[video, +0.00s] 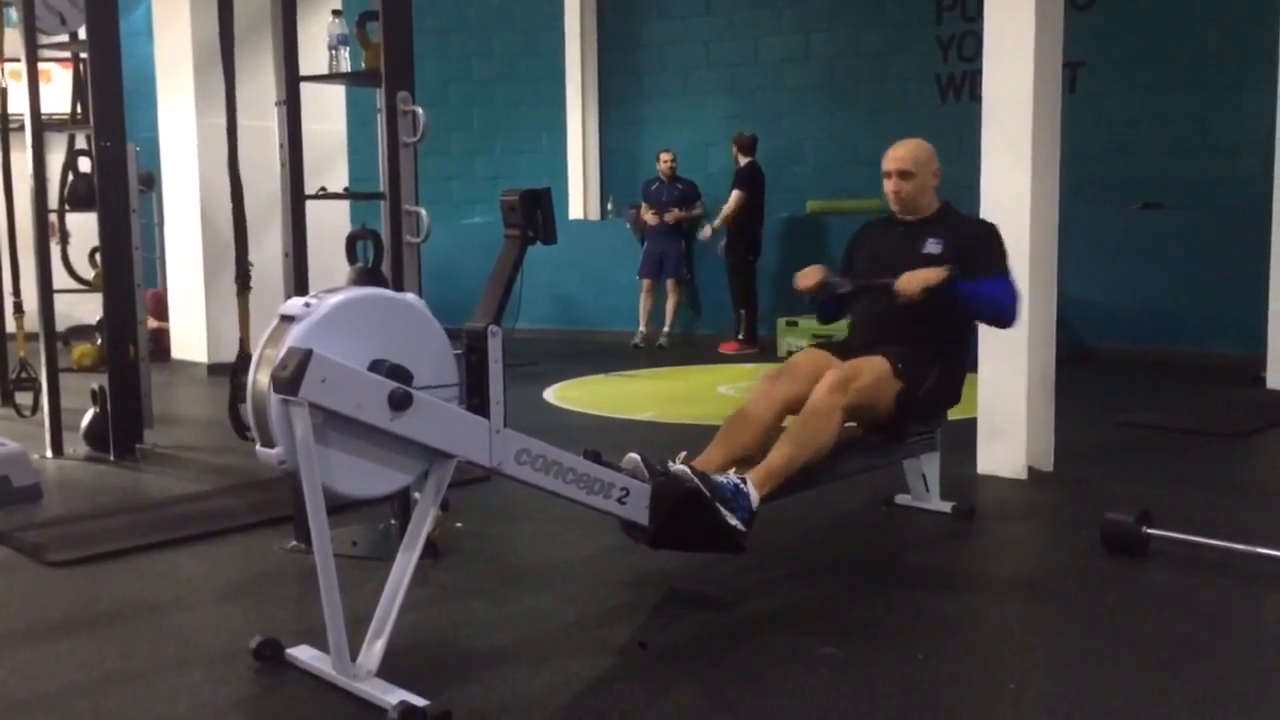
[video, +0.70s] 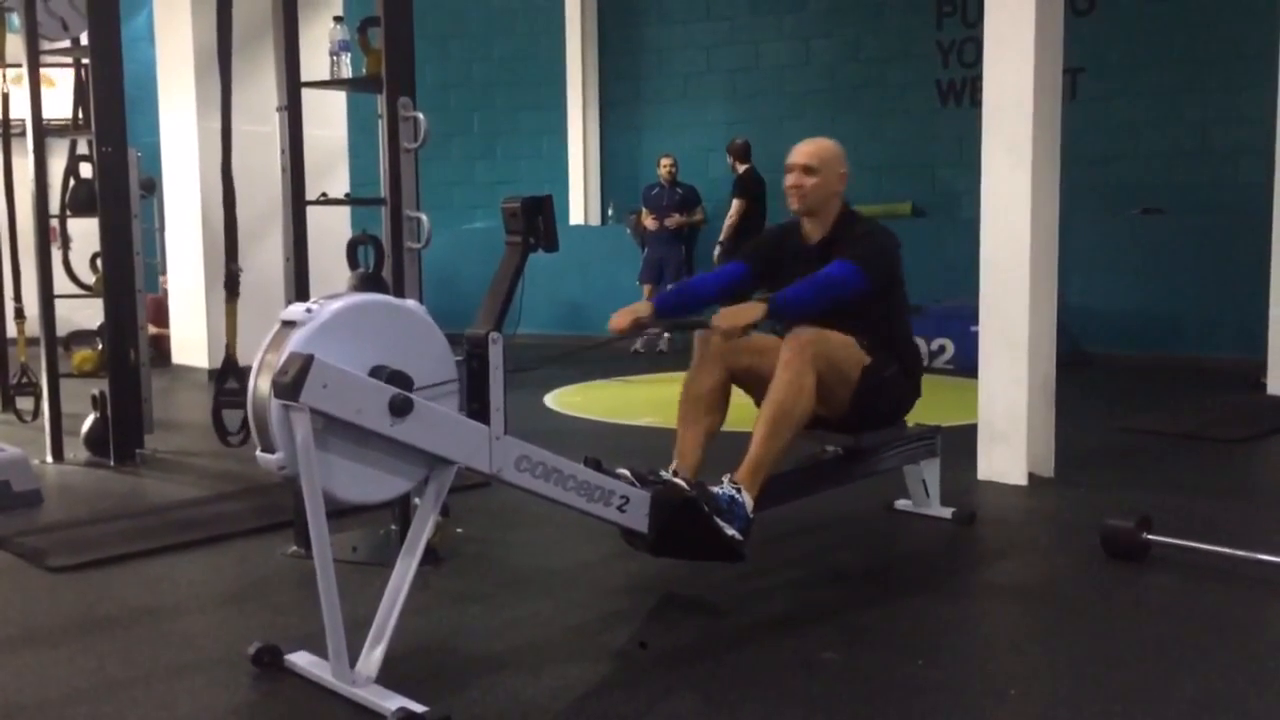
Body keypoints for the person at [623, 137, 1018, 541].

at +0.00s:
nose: (893, 187)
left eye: (904, 177)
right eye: (887, 177)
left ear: (934, 178)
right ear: (882, 179)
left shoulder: (972, 234)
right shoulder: (871, 234)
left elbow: (1004, 309)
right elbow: (832, 310)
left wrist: (946, 281)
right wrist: (822, 287)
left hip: (922, 360)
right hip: (858, 351)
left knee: (834, 384)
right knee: (783, 378)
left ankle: (748, 493)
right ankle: (693, 476)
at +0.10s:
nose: (862, 182)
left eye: (874, 173)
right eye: (856, 173)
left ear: (905, 174)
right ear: (851, 176)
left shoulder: (943, 231)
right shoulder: (843, 233)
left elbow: (955, 305)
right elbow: (809, 286)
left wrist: (888, 296)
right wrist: (771, 301)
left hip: (913, 363)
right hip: (845, 355)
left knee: (828, 373)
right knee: (760, 364)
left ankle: (748, 493)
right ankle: (686, 476)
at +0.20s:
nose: (823, 188)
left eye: (836, 177)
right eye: (818, 178)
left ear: (869, 178)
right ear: (812, 181)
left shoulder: (905, 235)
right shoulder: (805, 237)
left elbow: (905, 309)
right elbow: (757, 294)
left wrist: (825, 322)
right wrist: (709, 321)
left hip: (898, 377)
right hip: (822, 371)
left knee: (821, 355)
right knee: (733, 360)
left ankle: (744, 494)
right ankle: (684, 475)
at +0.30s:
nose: (783, 195)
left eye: (796, 184)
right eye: (778, 185)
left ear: (830, 189)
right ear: (772, 189)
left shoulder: (864, 242)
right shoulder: (772, 244)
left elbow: (847, 315)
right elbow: (714, 296)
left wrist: (769, 349)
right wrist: (654, 339)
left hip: (875, 390)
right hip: (797, 384)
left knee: (800, 351)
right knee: (708, 333)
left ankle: (740, 494)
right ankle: (680, 475)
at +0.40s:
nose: (748, 203)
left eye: (762, 193)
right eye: (744, 192)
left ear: (799, 196)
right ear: (739, 196)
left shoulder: (833, 247)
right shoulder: (739, 250)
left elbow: (801, 316)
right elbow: (676, 299)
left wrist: (720, 360)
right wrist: (608, 346)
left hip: (857, 400)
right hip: (781, 396)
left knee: (792, 342)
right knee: (691, 327)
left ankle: (739, 492)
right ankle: (679, 475)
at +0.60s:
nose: (751, 194)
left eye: (766, 186)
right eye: (749, 185)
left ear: (801, 196)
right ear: (743, 191)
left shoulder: (835, 248)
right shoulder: (742, 247)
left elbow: (794, 301)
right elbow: (687, 292)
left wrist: (717, 326)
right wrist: (607, 321)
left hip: (863, 397)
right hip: (789, 398)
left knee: (789, 337)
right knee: (690, 338)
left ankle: (739, 494)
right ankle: (678, 477)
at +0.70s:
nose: (793, 182)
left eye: (807, 172)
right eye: (789, 172)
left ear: (839, 182)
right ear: (783, 179)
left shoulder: (873, 241)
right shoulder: (781, 240)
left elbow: (833, 284)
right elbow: (724, 282)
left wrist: (765, 306)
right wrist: (652, 307)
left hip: (879, 388)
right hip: (806, 387)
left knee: (804, 342)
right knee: (713, 343)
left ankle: (740, 496)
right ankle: (681, 479)